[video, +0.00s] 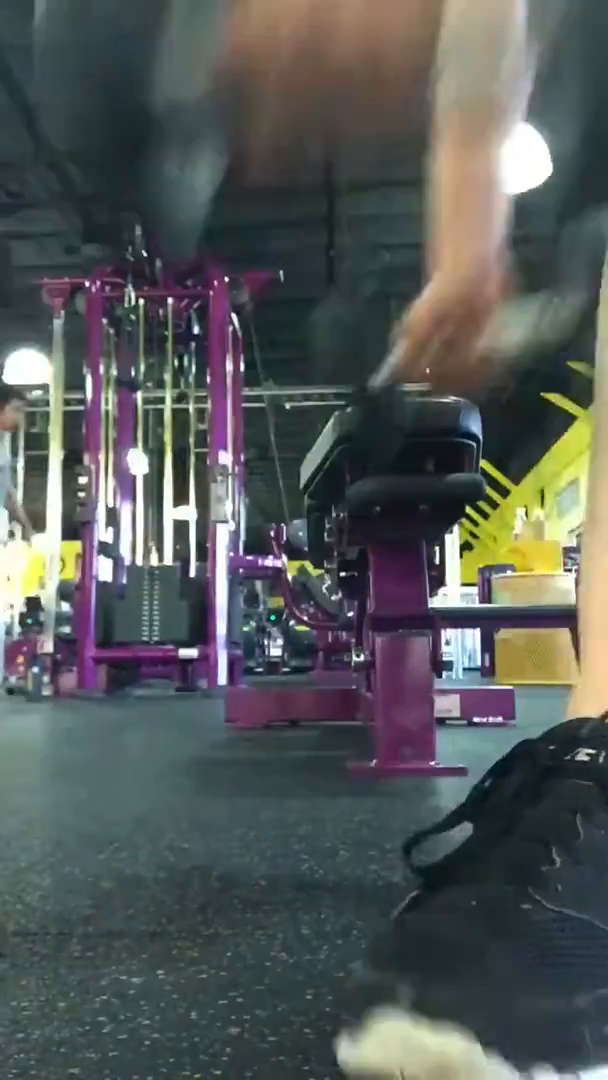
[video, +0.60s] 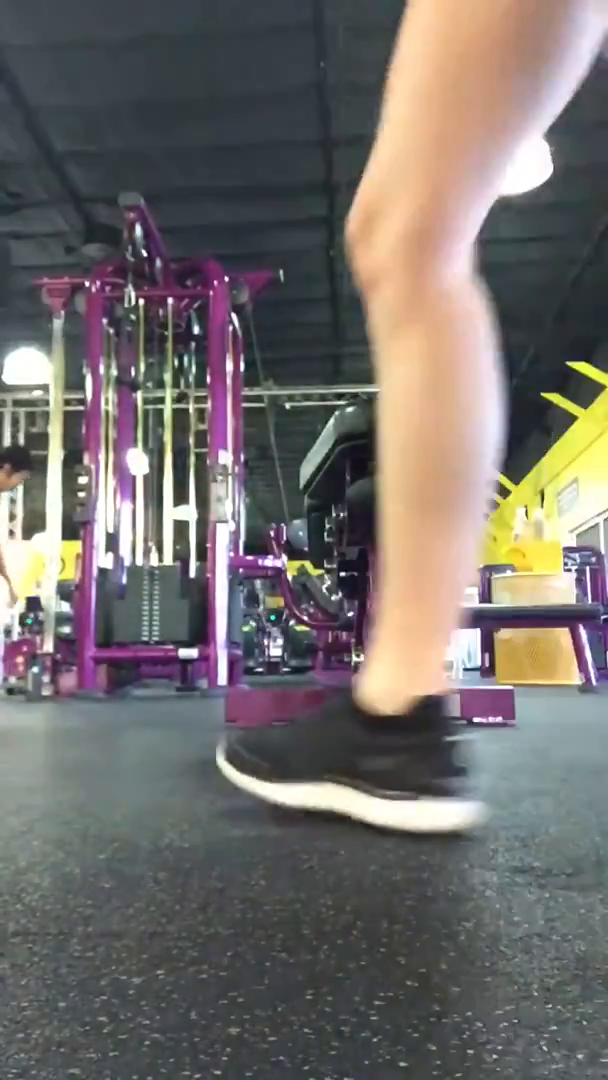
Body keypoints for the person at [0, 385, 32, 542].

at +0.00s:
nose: (19, 418)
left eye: (22, 412)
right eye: (16, 410)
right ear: (3, 407)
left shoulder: (5, 444)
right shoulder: (4, 444)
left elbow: (7, 491)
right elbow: (7, 492)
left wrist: (26, 526)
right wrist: (27, 526)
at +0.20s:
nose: (20, 428)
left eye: (21, 421)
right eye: (17, 420)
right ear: (4, 419)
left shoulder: (7, 451)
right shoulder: (4, 452)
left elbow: (7, 503)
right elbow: (6, 505)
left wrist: (21, 543)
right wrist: (21, 544)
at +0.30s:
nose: (23, 440)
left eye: (24, 434)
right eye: (21, 432)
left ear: (7, 431)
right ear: (4, 430)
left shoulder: (7, 460)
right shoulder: (5, 461)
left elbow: (6, 513)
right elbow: (6, 515)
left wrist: (19, 554)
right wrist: (19, 556)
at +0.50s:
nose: (23, 469)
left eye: (26, 463)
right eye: (23, 462)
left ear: (7, 453)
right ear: (6, 453)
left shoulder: (5, 484)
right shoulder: (4, 484)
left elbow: (3, 536)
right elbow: (3, 538)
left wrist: (14, 574)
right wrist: (14, 574)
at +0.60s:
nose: (18, 485)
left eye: (22, 480)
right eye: (20, 478)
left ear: (6, 468)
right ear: (6, 468)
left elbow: (1, 548)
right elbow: (1, 549)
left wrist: (9, 584)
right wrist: (9, 584)